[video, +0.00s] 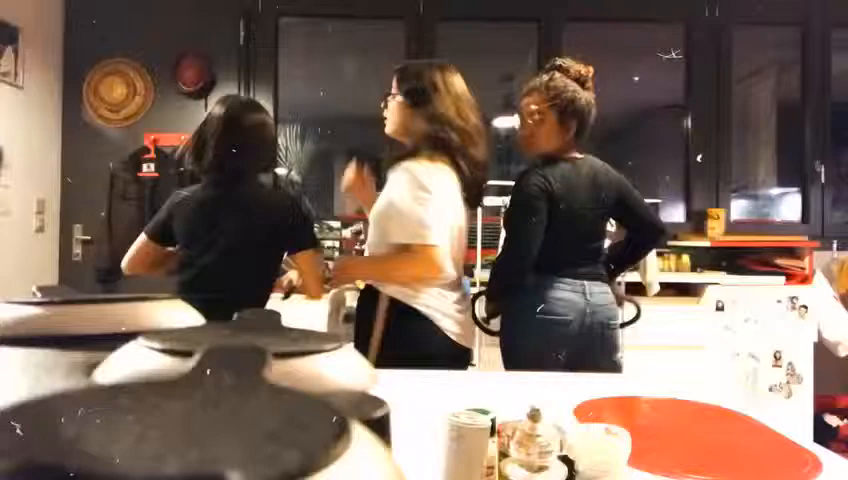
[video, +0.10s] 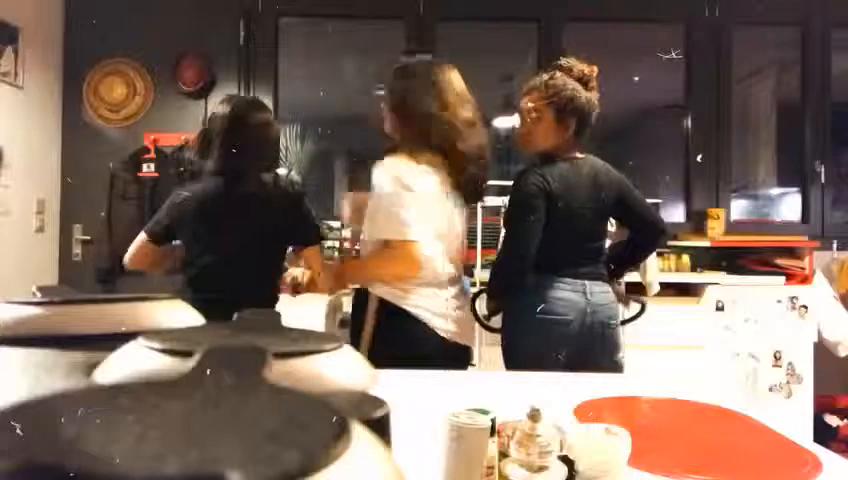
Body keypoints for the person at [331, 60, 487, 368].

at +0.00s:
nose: (384, 105)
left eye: (393, 96)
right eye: (388, 96)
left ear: (422, 105)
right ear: (421, 107)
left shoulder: (413, 174)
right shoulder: (443, 173)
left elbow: (430, 262)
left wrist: (355, 268)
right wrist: (370, 201)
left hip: (409, 329)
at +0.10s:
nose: (383, 109)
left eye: (390, 99)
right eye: (387, 98)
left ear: (403, 109)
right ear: (450, 108)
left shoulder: (396, 171)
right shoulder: (447, 174)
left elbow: (407, 258)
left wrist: (340, 274)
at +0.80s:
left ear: (372, 114)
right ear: (438, 110)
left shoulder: (349, 180)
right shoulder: (464, 173)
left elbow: (341, 270)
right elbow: (473, 259)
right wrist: (456, 300)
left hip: (375, 337)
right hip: (449, 337)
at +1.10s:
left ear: (377, 110)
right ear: (438, 106)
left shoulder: (353, 182)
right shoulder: (467, 179)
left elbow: (347, 274)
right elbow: (476, 268)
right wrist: (450, 303)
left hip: (375, 343)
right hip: (448, 343)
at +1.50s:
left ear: (381, 112)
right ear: (445, 111)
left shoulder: (350, 179)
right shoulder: (467, 182)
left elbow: (332, 263)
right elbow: (480, 269)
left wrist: (374, 250)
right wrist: (435, 256)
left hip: (368, 344)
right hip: (442, 347)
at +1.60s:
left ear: (379, 118)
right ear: (444, 115)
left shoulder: (350, 186)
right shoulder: (467, 188)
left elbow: (327, 268)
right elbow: (478, 273)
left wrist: (372, 259)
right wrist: (435, 258)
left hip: (366, 347)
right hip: (440, 351)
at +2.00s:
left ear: (378, 122)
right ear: (440, 119)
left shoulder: (352, 194)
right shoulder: (467, 192)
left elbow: (329, 280)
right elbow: (477, 275)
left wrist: (373, 264)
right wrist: (436, 258)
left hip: (366, 351)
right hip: (440, 355)